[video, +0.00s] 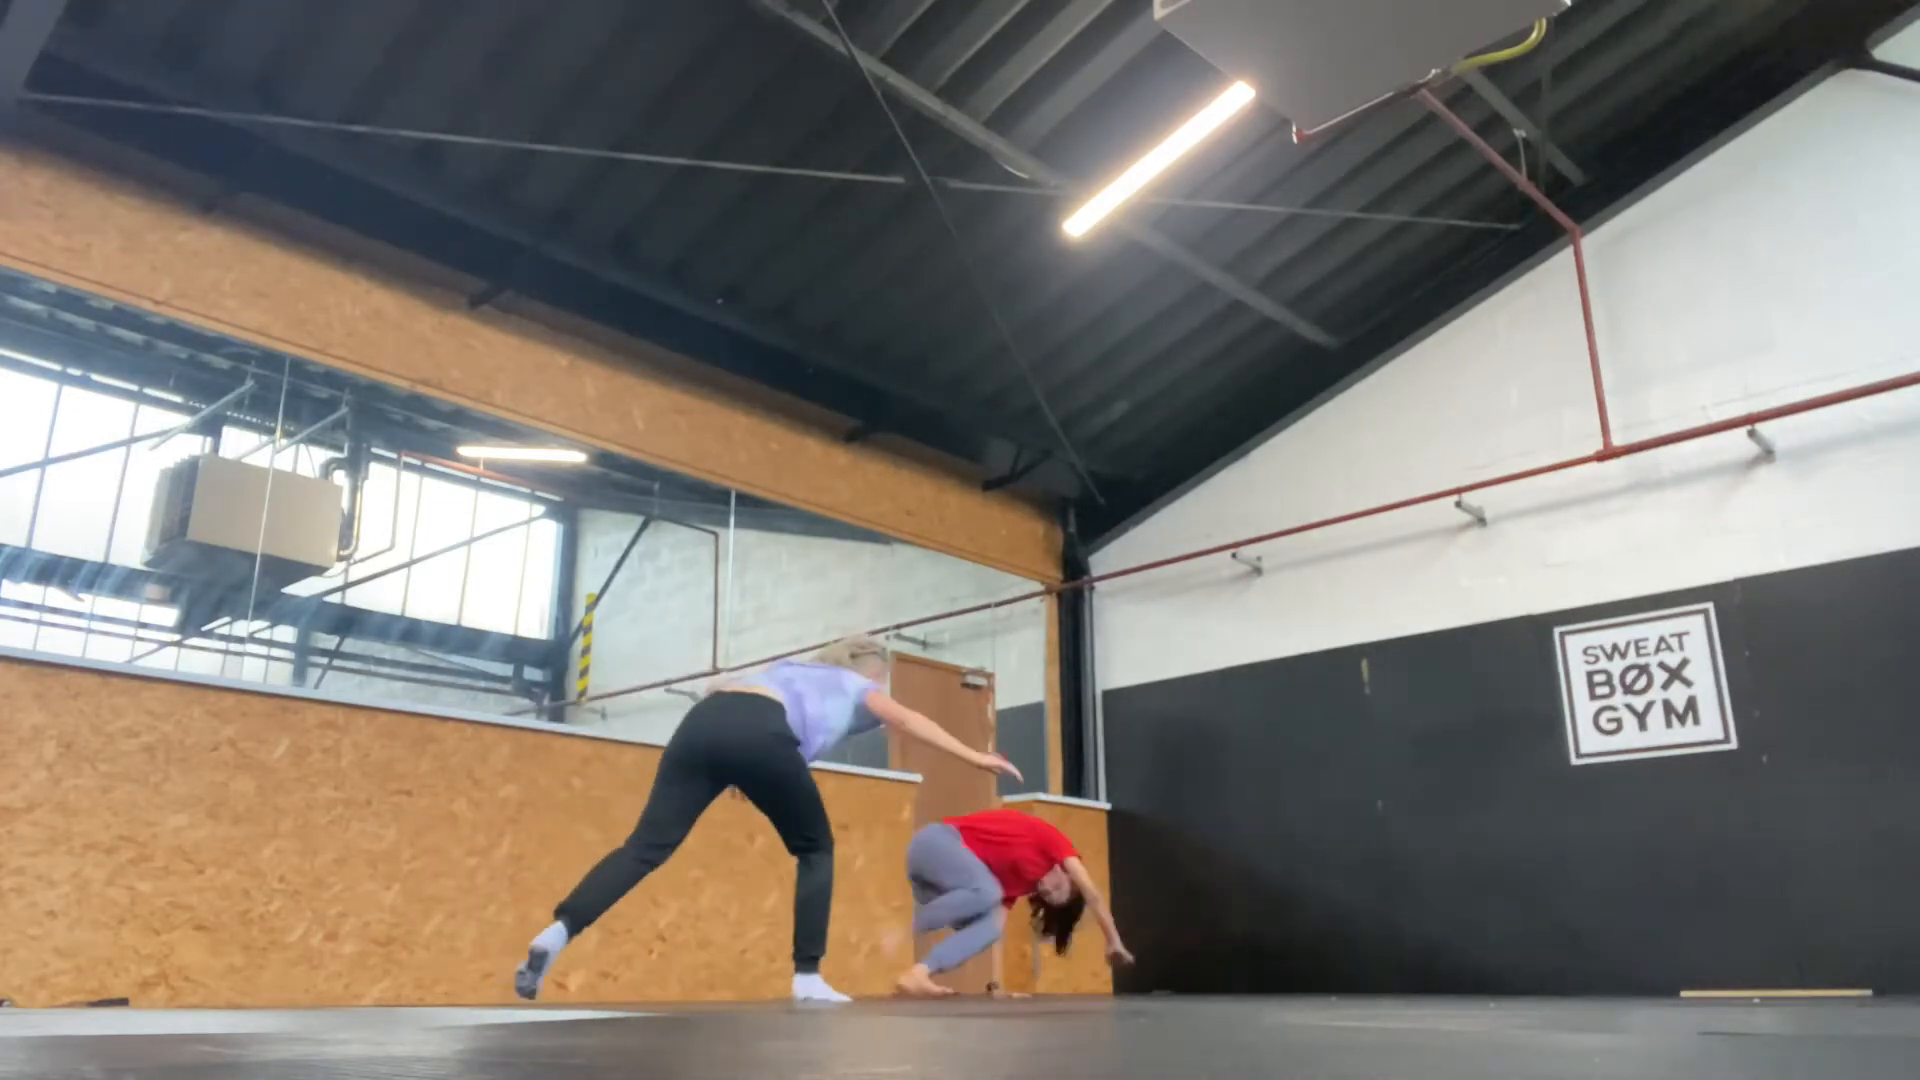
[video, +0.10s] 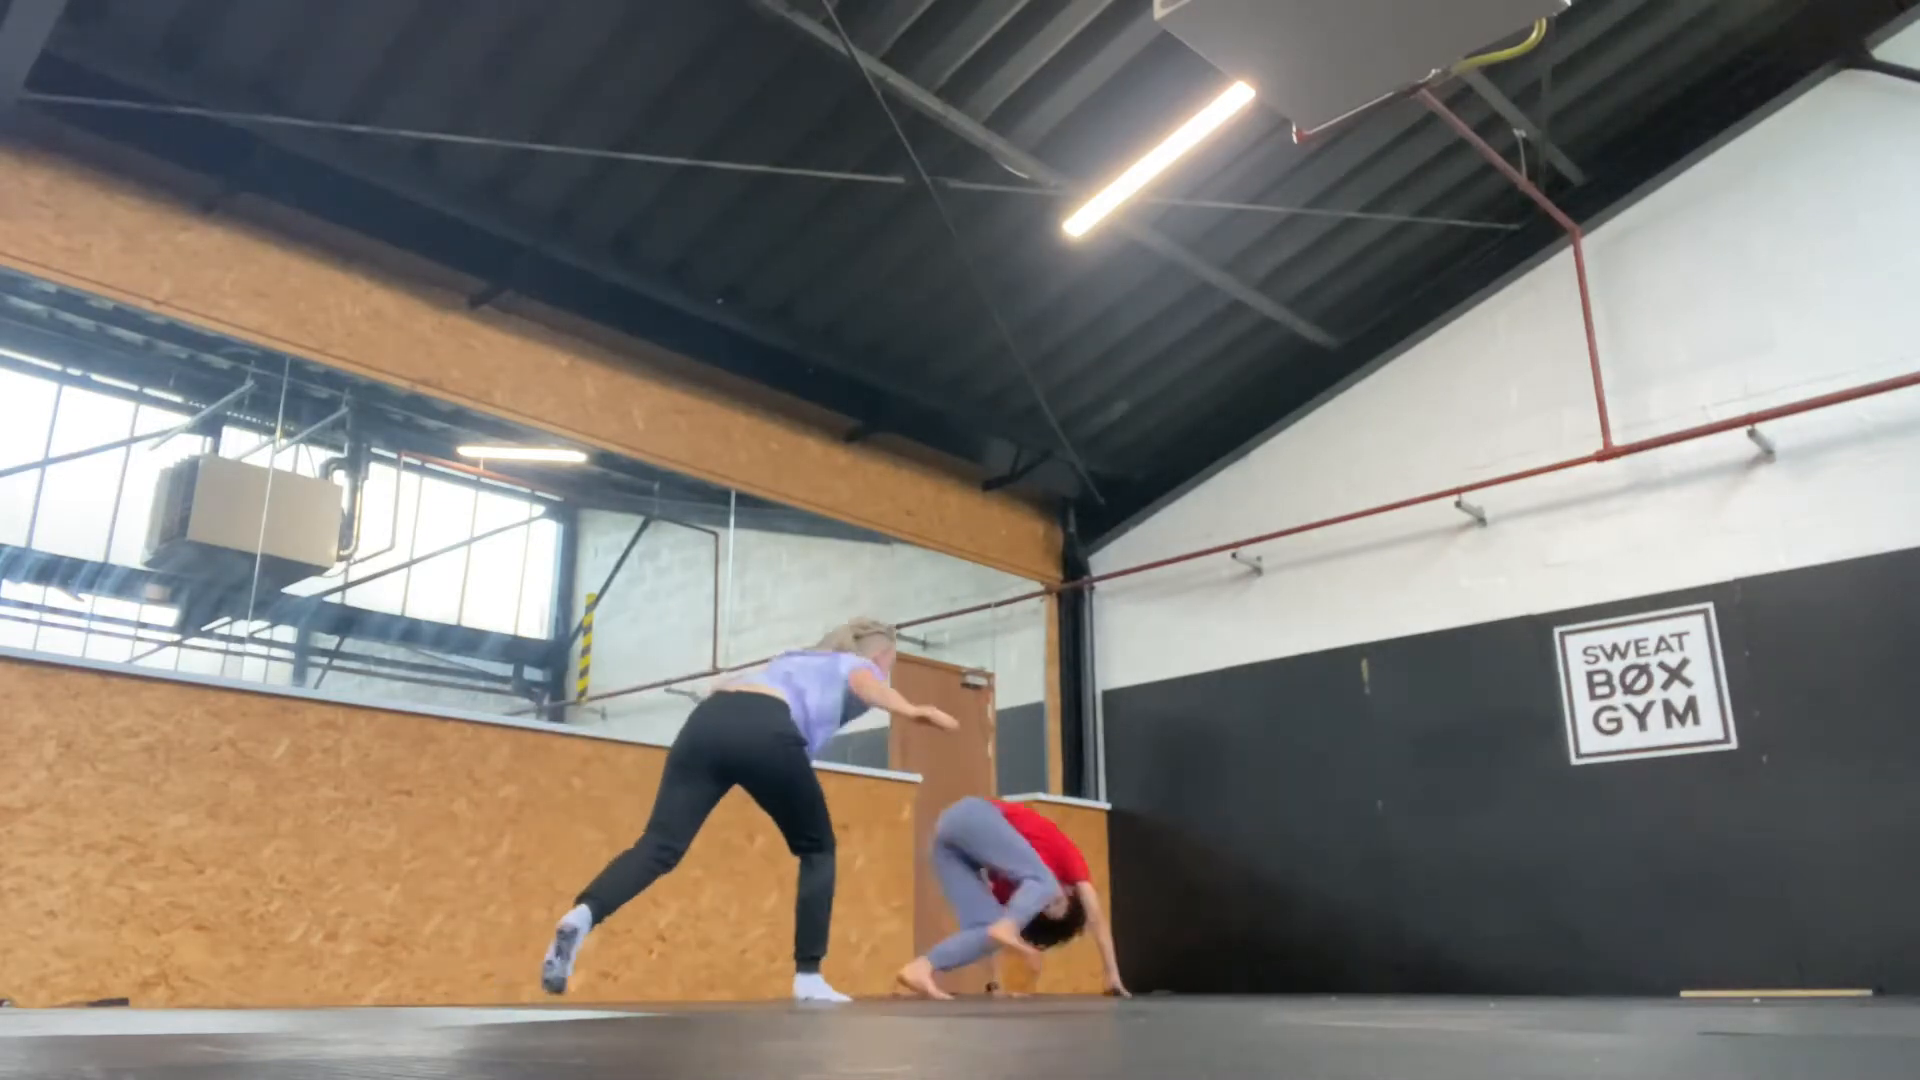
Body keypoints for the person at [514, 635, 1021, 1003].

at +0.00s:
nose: (883, 692)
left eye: (883, 684)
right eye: (881, 685)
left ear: (834, 663)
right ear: (866, 674)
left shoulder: (794, 669)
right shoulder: (856, 685)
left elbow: (737, 684)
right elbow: (907, 720)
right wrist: (975, 756)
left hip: (705, 718)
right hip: (761, 726)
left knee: (646, 846)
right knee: (814, 850)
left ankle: (556, 933)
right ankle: (808, 980)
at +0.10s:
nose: (890, 671)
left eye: (892, 664)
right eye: (890, 662)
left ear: (845, 640)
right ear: (873, 650)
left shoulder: (795, 661)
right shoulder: (857, 664)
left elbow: (725, 683)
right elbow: (863, 681)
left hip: (709, 719)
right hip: (764, 728)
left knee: (661, 846)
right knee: (816, 850)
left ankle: (581, 917)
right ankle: (808, 978)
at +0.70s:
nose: (841, 554)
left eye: (844, 542)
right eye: (840, 540)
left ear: (807, 535)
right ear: (820, 536)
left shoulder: (779, 586)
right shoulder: (778, 569)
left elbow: (760, 667)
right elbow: (715, 616)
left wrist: (806, 640)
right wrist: (714, 678)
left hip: (676, 704)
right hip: (726, 702)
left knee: (654, 845)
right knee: (810, 821)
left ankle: (570, 949)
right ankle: (807, 965)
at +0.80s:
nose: (876, 555)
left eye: (878, 544)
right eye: (875, 543)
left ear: (838, 540)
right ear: (853, 540)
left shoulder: (811, 588)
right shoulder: (806, 573)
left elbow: (791, 669)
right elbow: (746, 625)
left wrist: (827, 631)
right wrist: (766, 674)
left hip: (698, 703)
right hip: (744, 699)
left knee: (669, 844)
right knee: (817, 825)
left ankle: (569, 936)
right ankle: (814, 971)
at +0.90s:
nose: (906, 573)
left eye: (907, 562)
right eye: (904, 561)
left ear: (872, 559)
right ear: (884, 561)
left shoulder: (849, 613)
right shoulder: (838, 595)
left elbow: (811, 684)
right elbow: (778, 649)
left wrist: (856, 665)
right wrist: (824, 693)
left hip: (720, 716)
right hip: (753, 713)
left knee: (702, 864)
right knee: (826, 833)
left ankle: (578, 919)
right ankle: (813, 977)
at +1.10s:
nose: (929, 627)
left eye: (930, 617)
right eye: (928, 616)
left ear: (898, 609)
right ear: (912, 612)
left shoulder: (843, 635)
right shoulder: (870, 633)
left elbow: (811, 728)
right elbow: (847, 686)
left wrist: (848, 748)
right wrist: (900, 746)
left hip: (722, 731)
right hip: (756, 730)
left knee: (754, 854)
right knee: (832, 834)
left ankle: (656, 948)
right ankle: (812, 976)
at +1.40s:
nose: (879, 629)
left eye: (880, 621)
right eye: (877, 620)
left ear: (842, 615)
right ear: (860, 615)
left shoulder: (821, 648)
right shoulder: (839, 640)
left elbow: (856, 709)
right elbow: (789, 685)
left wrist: (905, 690)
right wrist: (800, 753)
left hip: (708, 747)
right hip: (747, 739)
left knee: (758, 860)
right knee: (800, 854)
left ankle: (739, 981)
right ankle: (808, 975)